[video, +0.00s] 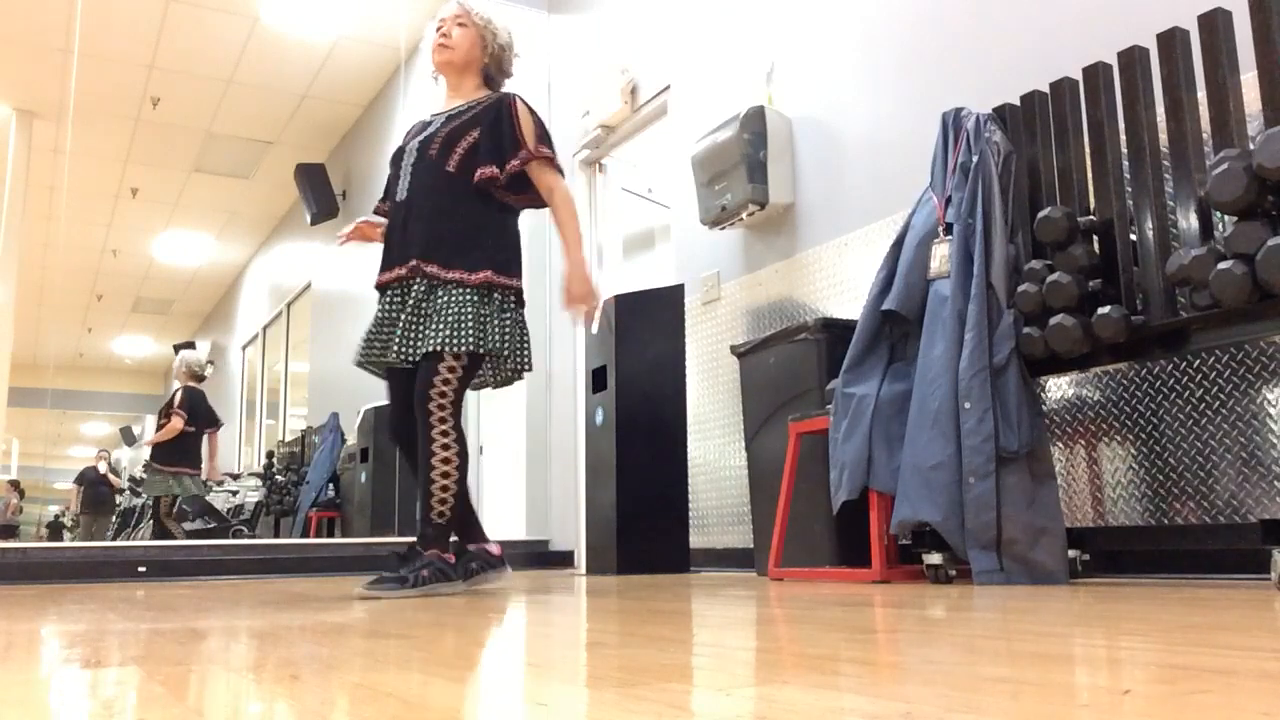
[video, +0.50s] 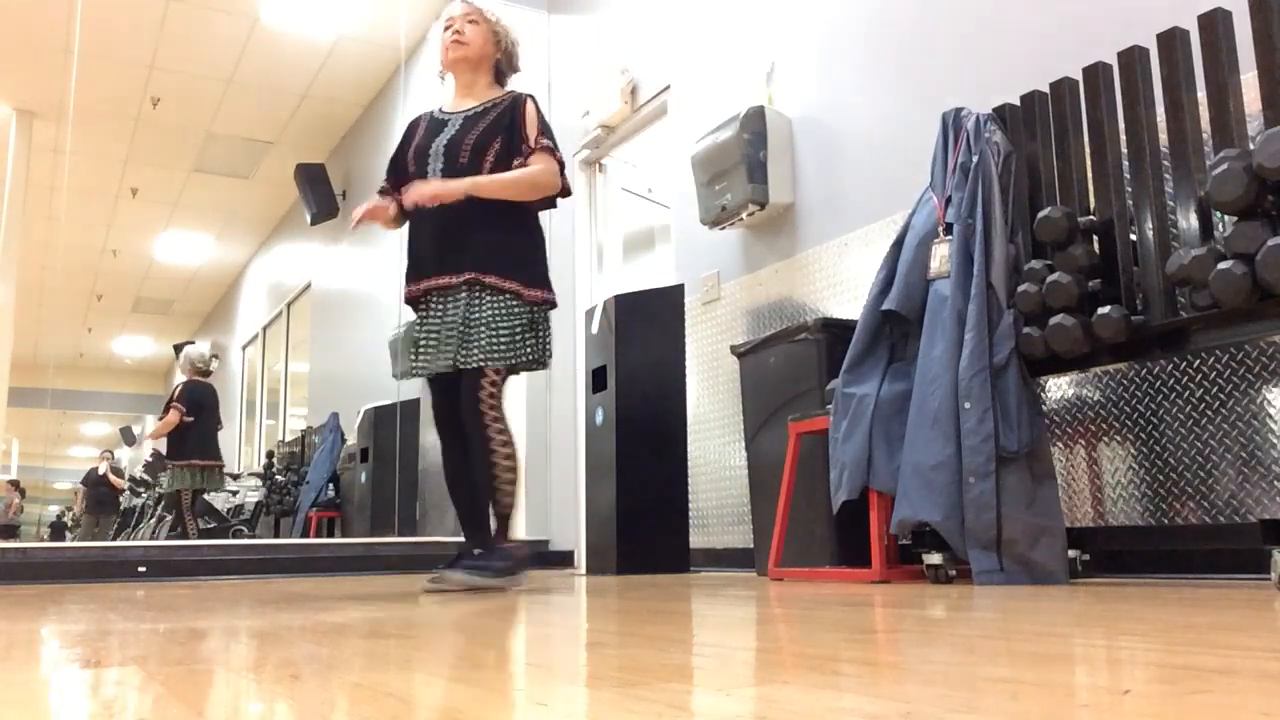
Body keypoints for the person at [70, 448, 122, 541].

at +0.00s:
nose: (102, 460)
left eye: (105, 458)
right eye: (100, 457)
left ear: (109, 460)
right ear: (96, 458)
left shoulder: (113, 471)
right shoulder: (87, 470)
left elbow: (119, 484)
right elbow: (76, 487)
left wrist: (107, 473)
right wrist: (73, 505)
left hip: (105, 511)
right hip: (87, 511)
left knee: (99, 539)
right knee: (84, 538)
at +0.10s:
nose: (103, 460)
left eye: (106, 458)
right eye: (101, 458)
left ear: (110, 460)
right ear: (97, 458)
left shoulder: (114, 471)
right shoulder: (88, 471)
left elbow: (120, 485)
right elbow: (78, 488)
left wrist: (108, 474)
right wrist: (74, 506)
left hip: (106, 512)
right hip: (88, 511)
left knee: (101, 540)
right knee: (84, 538)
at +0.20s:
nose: (104, 461)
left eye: (107, 459)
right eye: (102, 458)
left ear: (111, 460)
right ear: (98, 458)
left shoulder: (116, 471)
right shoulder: (90, 471)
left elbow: (120, 485)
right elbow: (80, 489)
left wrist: (109, 474)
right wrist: (76, 506)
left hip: (108, 511)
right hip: (90, 511)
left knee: (102, 539)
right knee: (85, 538)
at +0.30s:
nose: (105, 461)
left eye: (108, 459)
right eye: (102, 458)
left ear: (112, 460)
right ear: (99, 459)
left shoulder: (116, 471)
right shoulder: (91, 471)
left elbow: (121, 485)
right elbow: (81, 489)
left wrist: (109, 474)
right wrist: (77, 506)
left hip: (108, 512)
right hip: (90, 511)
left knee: (102, 540)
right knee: (85, 538)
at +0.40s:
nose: (105, 461)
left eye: (108, 459)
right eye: (103, 458)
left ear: (112, 460)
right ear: (99, 459)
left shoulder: (117, 471)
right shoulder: (92, 471)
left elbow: (121, 485)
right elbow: (82, 489)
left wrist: (109, 474)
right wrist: (78, 506)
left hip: (109, 512)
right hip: (90, 511)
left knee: (102, 540)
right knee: (85, 538)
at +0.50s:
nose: (105, 461)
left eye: (108, 459)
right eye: (103, 458)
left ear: (112, 460)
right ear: (99, 459)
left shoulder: (117, 471)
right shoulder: (92, 471)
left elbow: (122, 485)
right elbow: (82, 489)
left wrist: (109, 473)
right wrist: (79, 505)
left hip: (108, 512)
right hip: (90, 511)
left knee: (101, 540)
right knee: (83, 538)